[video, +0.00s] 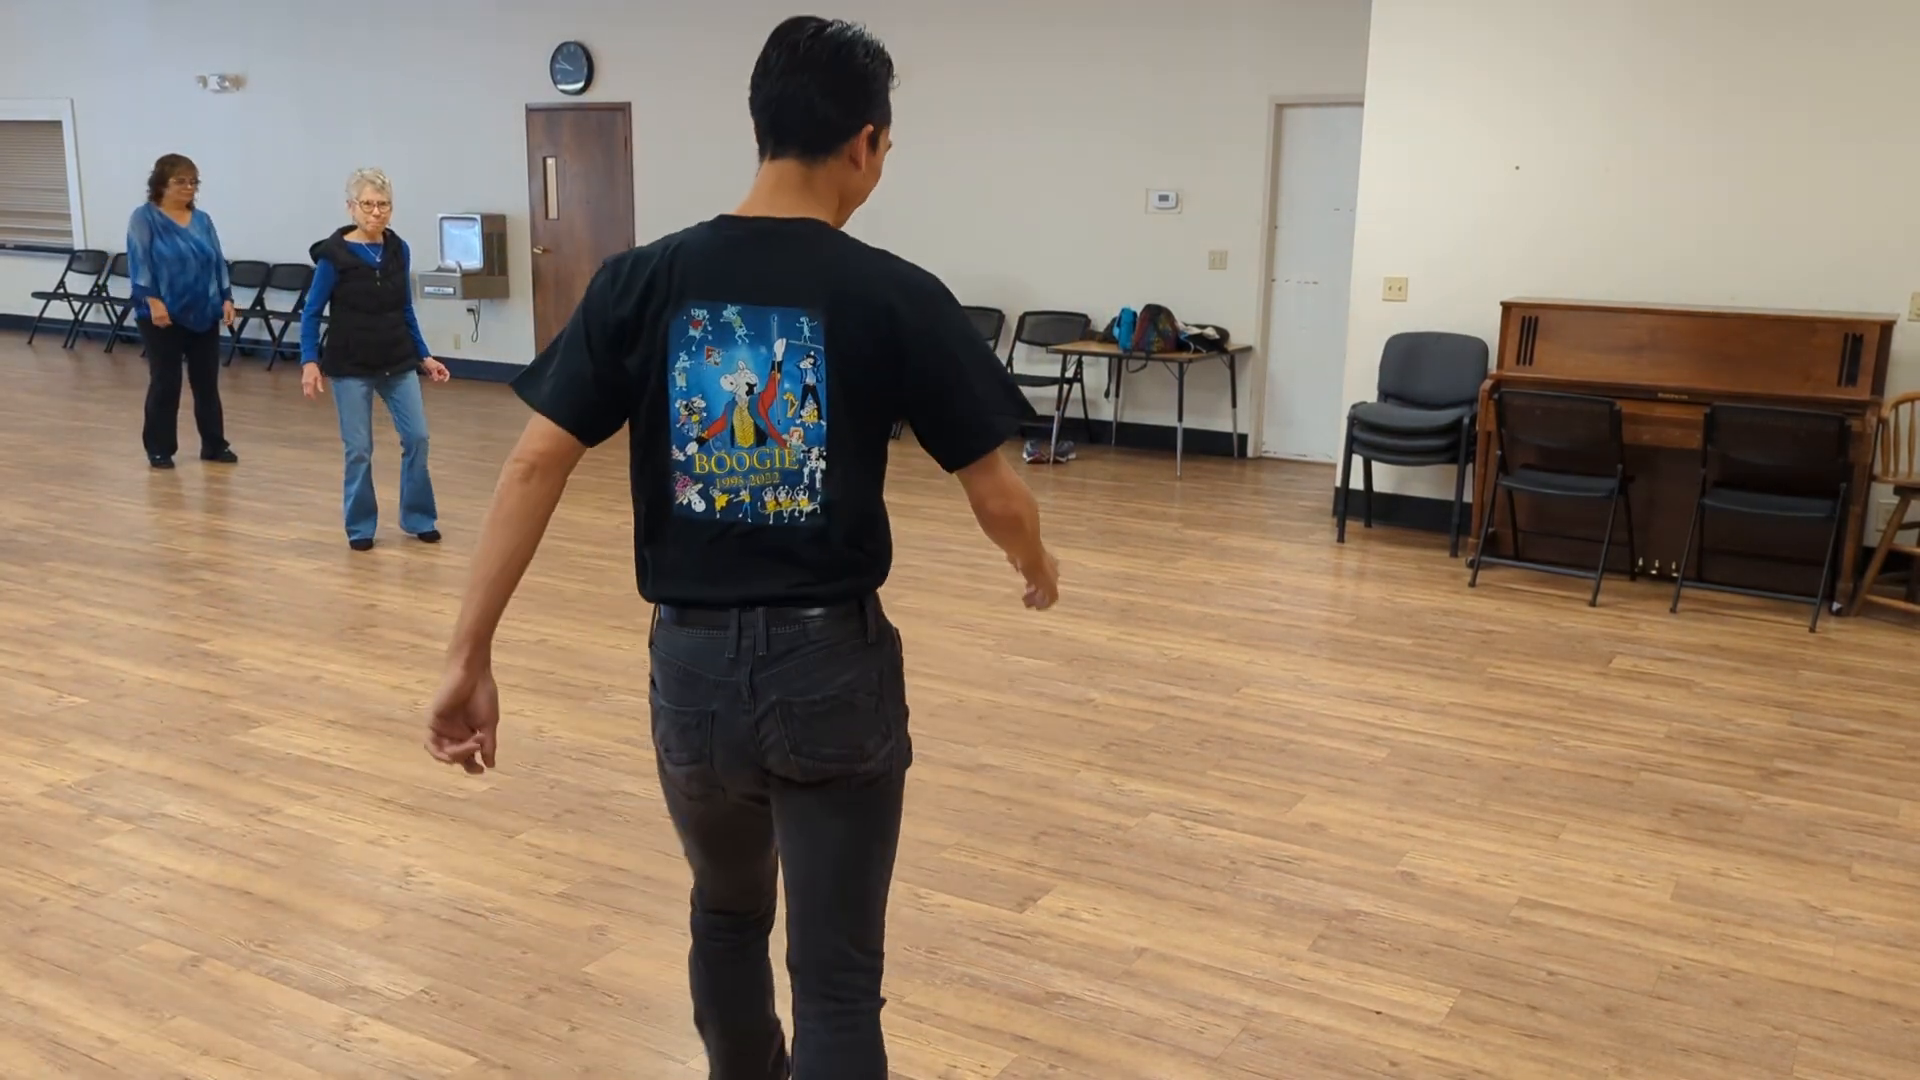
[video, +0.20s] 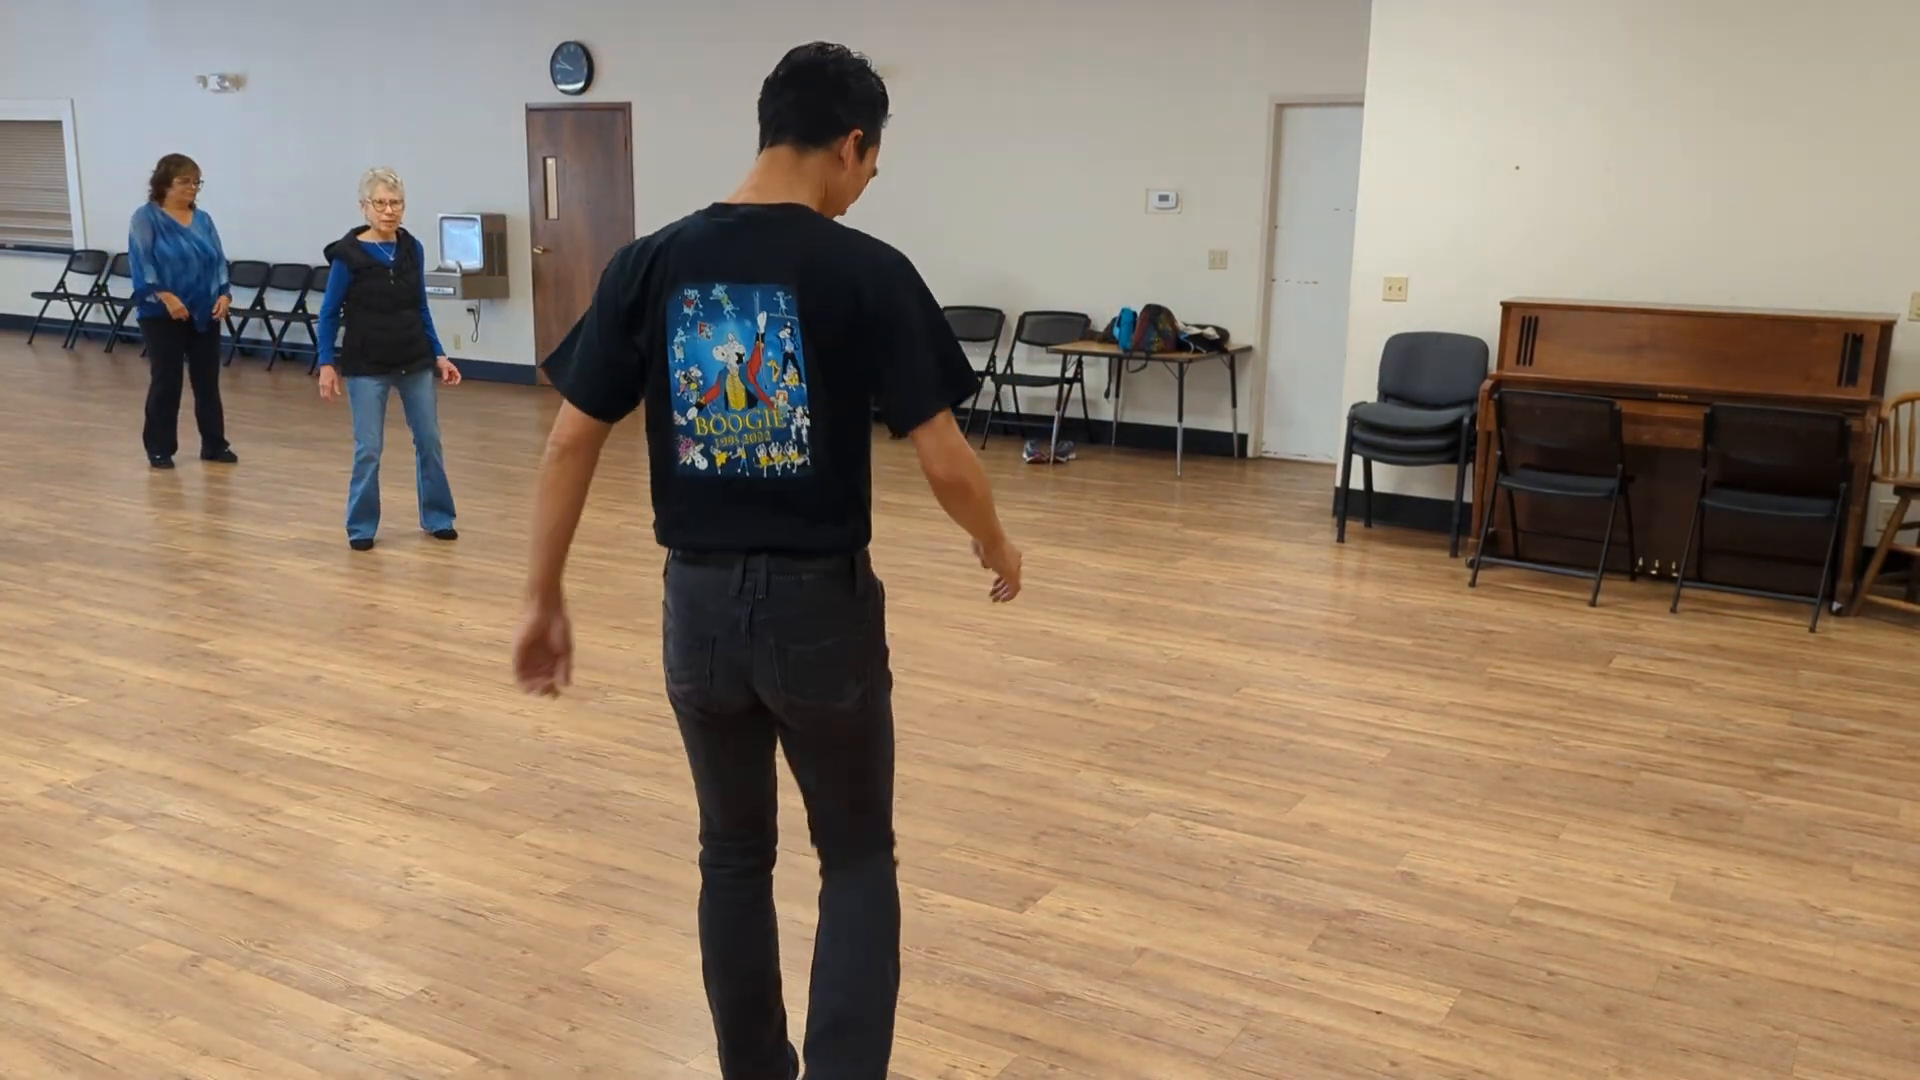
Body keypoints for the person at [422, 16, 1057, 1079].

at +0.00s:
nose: (880, 169)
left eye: (882, 148)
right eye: (882, 147)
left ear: (761, 131)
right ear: (868, 145)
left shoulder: (644, 282)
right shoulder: (894, 296)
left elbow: (536, 462)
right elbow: (1000, 499)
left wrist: (468, 651)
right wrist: (1035, 566)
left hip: (689, 664)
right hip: (834, 659)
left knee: (727, 916)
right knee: (840, 980)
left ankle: (749, 1070)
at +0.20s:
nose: (867, 182)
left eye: (869, 163)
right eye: (871, 161)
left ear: (767, 134)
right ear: (848, 146)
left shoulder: (650, 263)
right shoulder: (868, 273)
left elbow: (574, 440)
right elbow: (946, 460)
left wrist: (543, 593)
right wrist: (993, 542)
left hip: (697, 616)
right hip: (820, 619)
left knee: (733, 846)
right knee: (856, 852)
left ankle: (753, 1070)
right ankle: (846, 1070)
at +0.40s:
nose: (879, 180)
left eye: (884, 159)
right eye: (877, 154)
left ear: (801, 138)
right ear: (828, 137)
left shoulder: (675, 249)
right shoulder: (847, 265)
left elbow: (629, 416)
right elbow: (876, 448)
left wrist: (690, 489)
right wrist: (934, 570)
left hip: (709, 559)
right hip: (824, 566)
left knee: (736, 819)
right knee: (837, 779)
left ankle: (757, 1063)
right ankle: (835, 980)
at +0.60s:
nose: (879, 171)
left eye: (882, 150)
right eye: (863, 150)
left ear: (801, 155)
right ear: (801, 150)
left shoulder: (711, 248)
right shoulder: (825, 275)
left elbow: (659, 377)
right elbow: (824, 448)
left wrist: (736, 418)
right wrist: (893, 572)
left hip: (723, 541)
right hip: (815, 547)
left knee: (744, 756)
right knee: (830, 745)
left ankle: (737, 988)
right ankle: (793, 925)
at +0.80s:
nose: (849, 150)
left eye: (858, 132)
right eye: (830, 131)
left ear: (857, 136)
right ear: (777, 136)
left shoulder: (738, 227)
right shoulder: (788, 250)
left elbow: (686, 335)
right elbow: (766, 410)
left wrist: (753, 410)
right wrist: (854, 464)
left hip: (737, 498)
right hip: (792, 511)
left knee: (782, 684)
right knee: (827, 719)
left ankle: (713, 872)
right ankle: (788, 924)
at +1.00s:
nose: (813, 152)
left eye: (825, 136)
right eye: (794, 134)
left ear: (835, 145)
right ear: (752, 139)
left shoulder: (786, 238)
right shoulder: (732, 244)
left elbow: (778, 358)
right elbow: (695, 387)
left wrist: (815, 413)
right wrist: (799, 427)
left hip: (780, 490)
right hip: (751, 500)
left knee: (774, 657)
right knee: (808, 698)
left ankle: (737, 807)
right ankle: (760, 908)